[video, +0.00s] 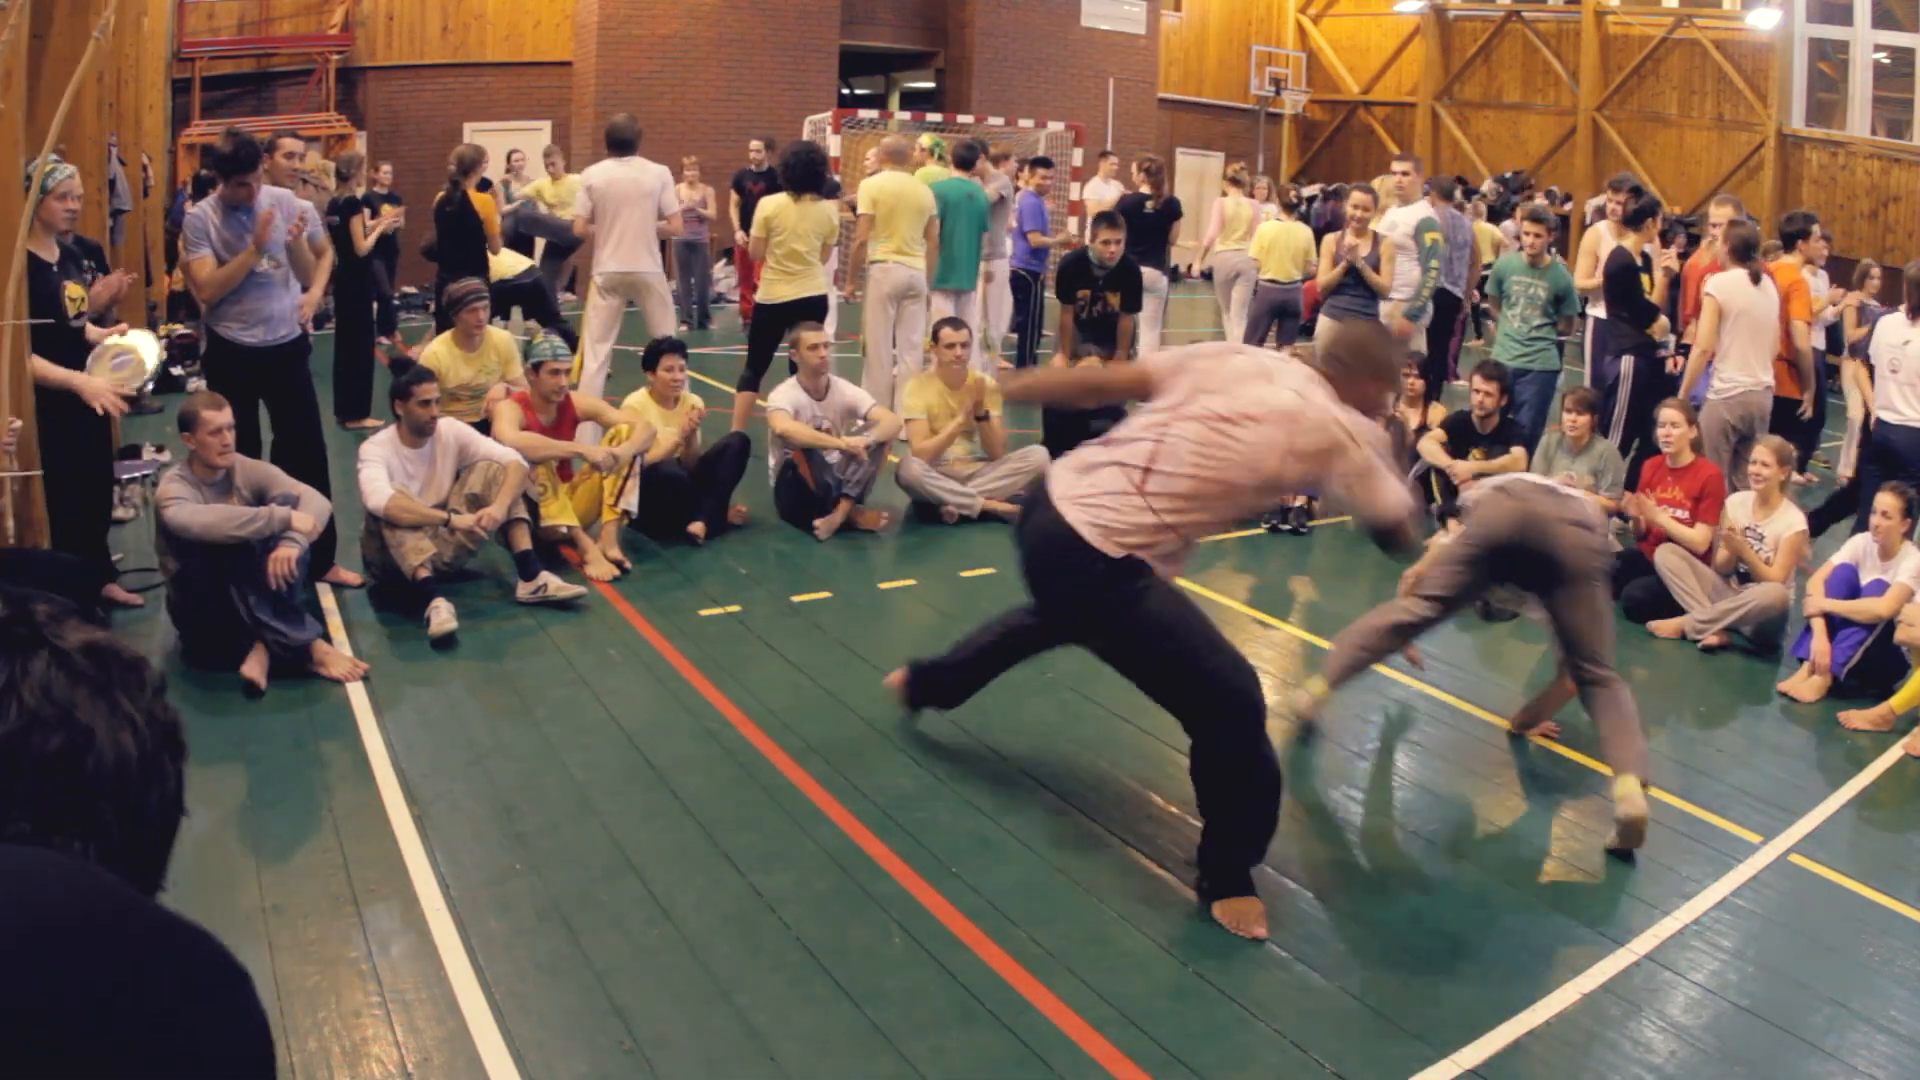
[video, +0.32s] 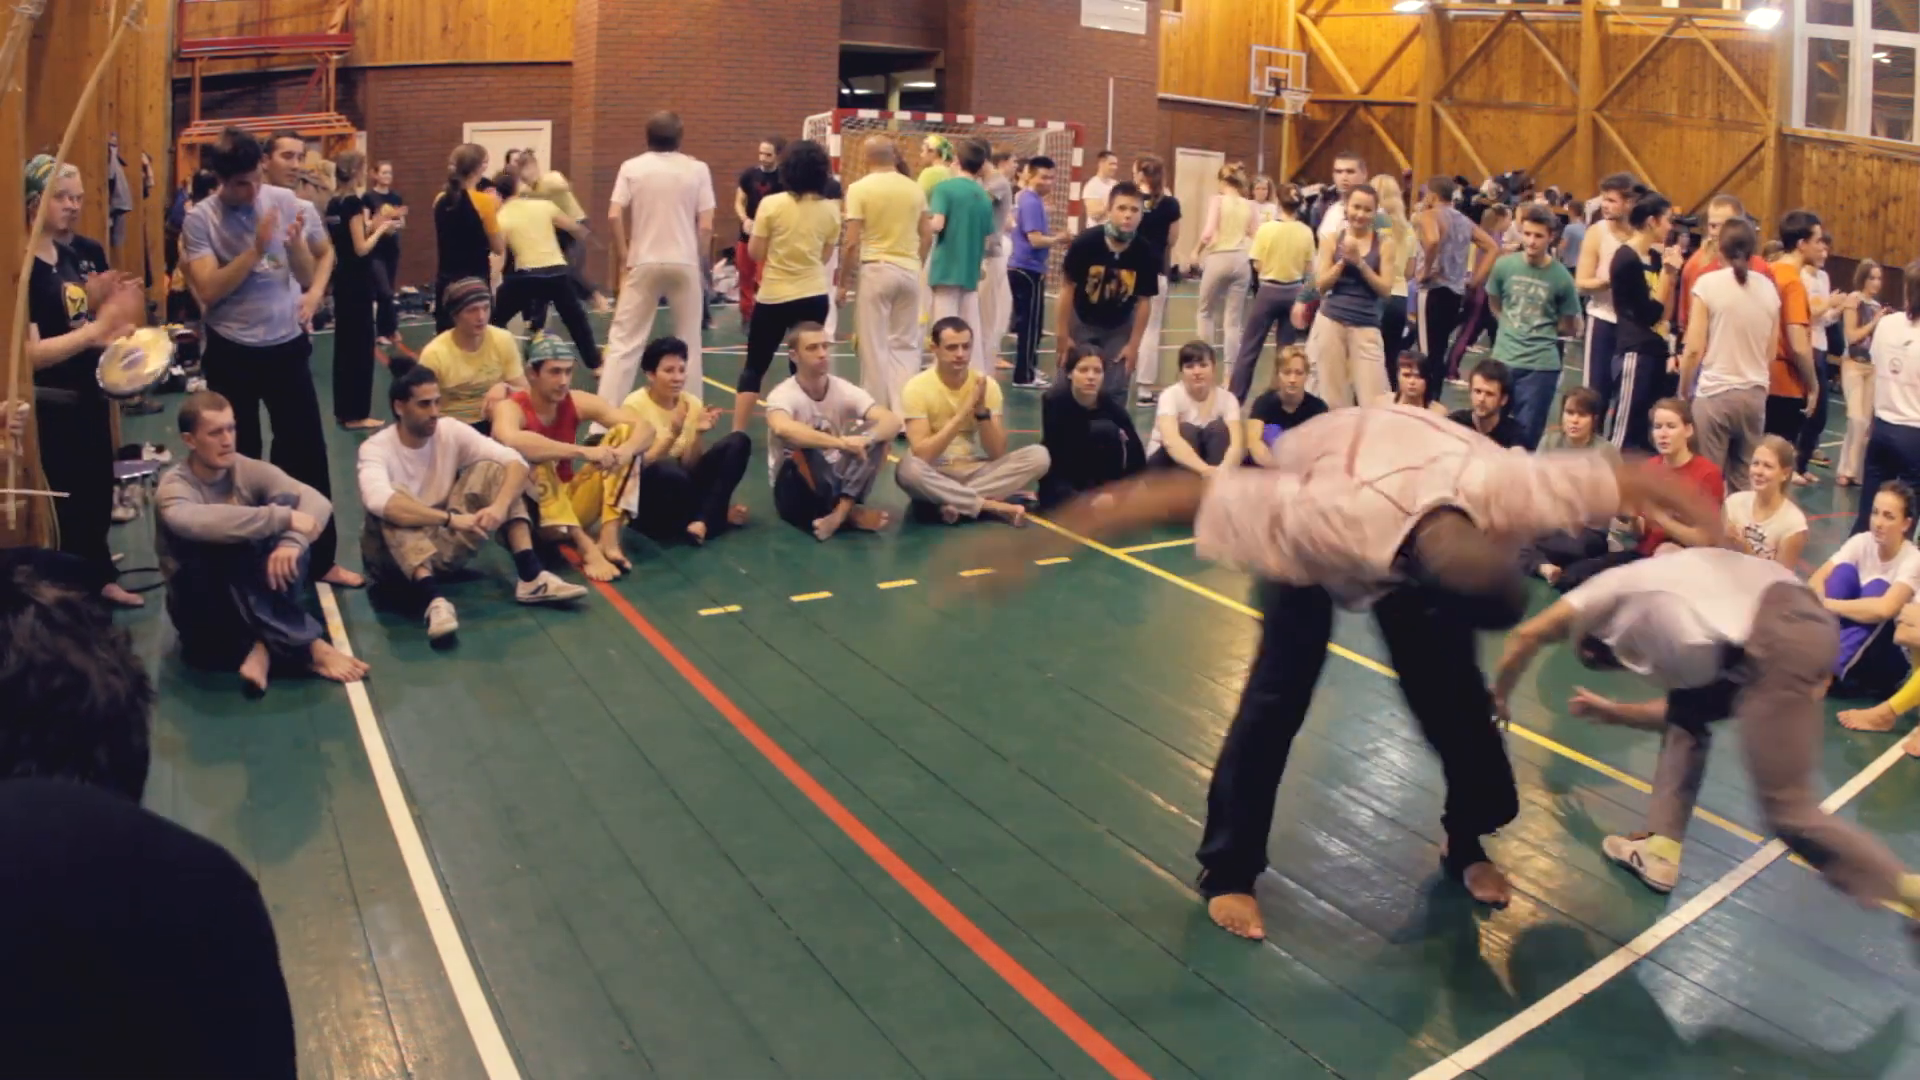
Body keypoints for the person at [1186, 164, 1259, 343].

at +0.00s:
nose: (1224, 185)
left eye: (1224, 182)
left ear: (1226, 182)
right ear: (1245, 183)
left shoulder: (1221, 203)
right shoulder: (1254, 205)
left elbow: (1212, 234)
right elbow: (1256, 234)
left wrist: (1198, 260)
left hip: (1224, 252)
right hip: (1246, 252)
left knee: (1226, 311)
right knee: (1240, 314)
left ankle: (1232, 351)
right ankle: (1236, 354)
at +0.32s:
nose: (1218, 185)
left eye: (1219, 181)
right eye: (1219, 181)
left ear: (1223, 181)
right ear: (1241, 183)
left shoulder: (1217, 200)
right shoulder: (1250, 205)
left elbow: (1210, 232)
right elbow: (1253, 232)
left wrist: (1197, 249)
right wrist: (1239, 226)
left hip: (1218, 253)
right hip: (1241, 254)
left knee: (1205, 311)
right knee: (1234, 319)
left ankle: (1205, 361)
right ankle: (1230, 372)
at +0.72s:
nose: (1192, 183)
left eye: (1194, 180)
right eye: (1194, 181)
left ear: (1197, 181)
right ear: (1215, 182)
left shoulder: (1191, 199)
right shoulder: (1222, 206)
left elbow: (1184, 231)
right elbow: (1236, 239)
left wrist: (1177, 243)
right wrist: (1244, 260)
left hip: (1192, 256)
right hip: (1214, 256)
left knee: (1173, 321)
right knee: (1219, 318)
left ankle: (1178, 372)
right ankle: (1230, 368)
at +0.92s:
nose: (1173, 187)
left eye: (1174, 184)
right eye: (1174, 184)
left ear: (1177, 184)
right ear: (1195, 186)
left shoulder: (1177, 203)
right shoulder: (1201, 207)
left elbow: (1177, 232)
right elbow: (1211, 236)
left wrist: (1166, 246)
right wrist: (1213, 255)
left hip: (1182, 257)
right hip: (1203, 256)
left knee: (1164, 320)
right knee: (1215, 316)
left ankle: (1167, 371)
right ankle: (1230, 357)